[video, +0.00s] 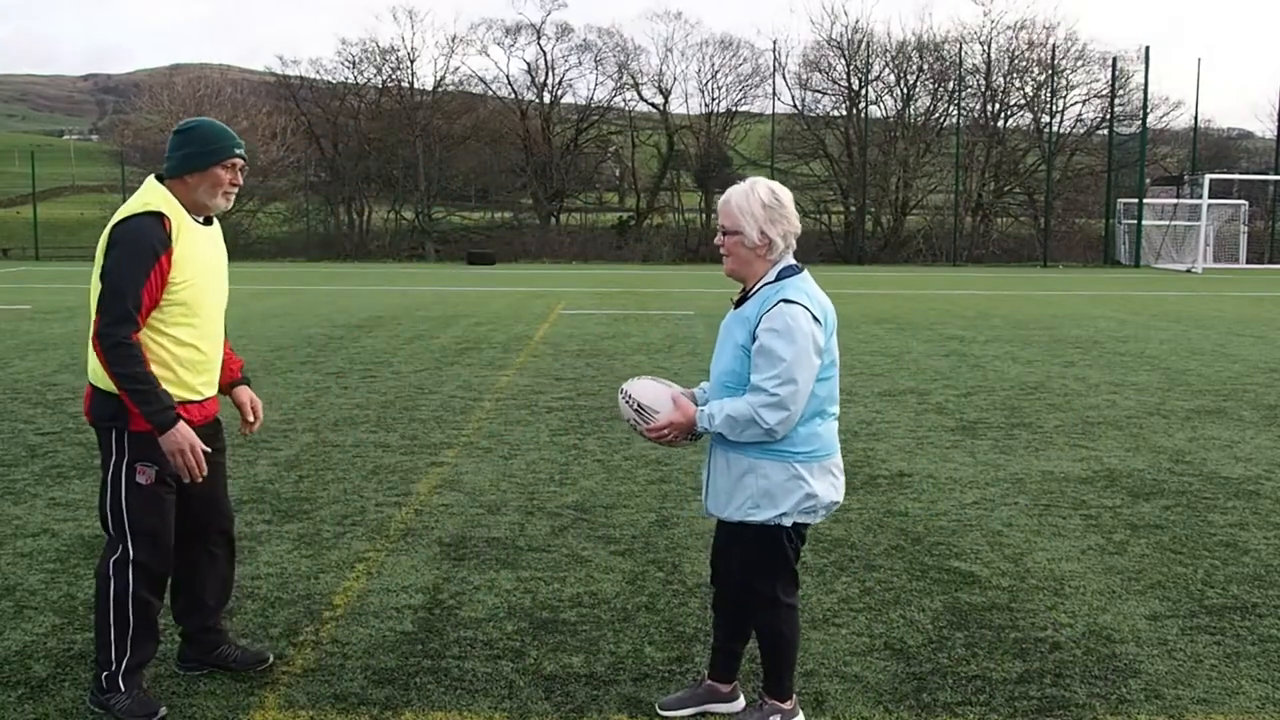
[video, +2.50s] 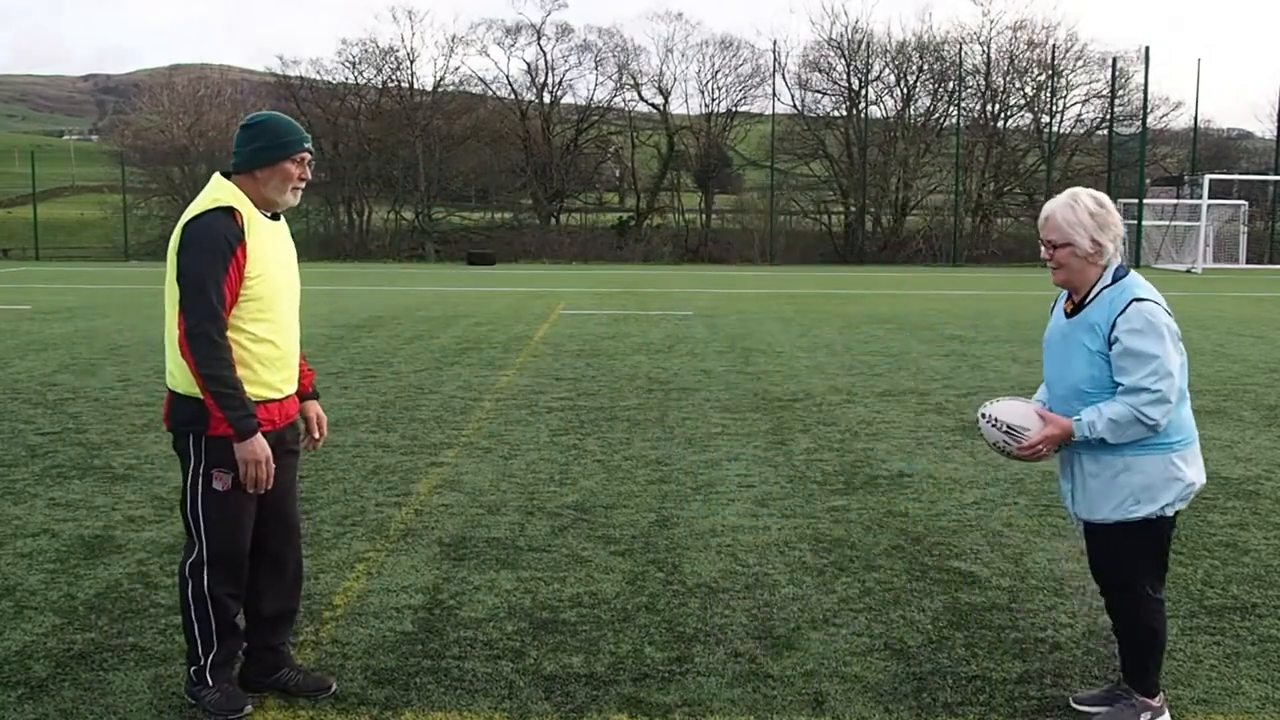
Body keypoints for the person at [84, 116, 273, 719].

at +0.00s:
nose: (237, 181)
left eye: (240, 171)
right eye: (228, 170)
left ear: (215, 174)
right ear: (188, 168)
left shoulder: (206, 227)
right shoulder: (144, 225)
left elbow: (199, 320)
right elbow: (113, 334)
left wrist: (235, 381)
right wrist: (165, 421)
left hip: (196, 410)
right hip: (137, 415)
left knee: (206, 532)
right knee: (138, 549)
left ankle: (204, 643)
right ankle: (118, 682)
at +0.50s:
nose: (263, 184)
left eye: (266, 174)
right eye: (254, 173)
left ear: (252, 176)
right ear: (217, 169)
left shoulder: (236, 226)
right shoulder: (172, 223)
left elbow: (241, 309)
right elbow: (144, 329)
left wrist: (272, 372)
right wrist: (195, 413)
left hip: (229, 409)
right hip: (172, 413)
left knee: (229, 532)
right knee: (171, 545)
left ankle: (206, 642)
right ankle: (126, 677)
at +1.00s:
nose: (293, 181)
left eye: (297, 171)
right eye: (284, 170)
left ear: (277, 175)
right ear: (246, 169)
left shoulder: (259, 225)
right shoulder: (202, 225)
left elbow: (261, 316)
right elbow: (174, 332)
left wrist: (290, 388)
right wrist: (223, 420)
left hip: (245, 413)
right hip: (198, 417)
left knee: (242, 542)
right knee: (217, 552)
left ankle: (216, 643)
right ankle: (218, 690)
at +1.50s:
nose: (311, 174)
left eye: (313, 164)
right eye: (302, 163)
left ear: (276, 166)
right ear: (264, 163)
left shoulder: (271, 221)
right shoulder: (223, 225)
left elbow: (276, 316)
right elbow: (211, 337)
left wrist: (303, 386)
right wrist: (253, 434)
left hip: (272, 412)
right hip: (225, 419)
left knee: (282, 548)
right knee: (240, 557)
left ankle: (269, 662)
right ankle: (222, 693)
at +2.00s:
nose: (320, 174)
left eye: (322, 164)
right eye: (311, 163)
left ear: (290, 166)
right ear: (273, 163)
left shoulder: (285, 221)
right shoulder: (230, 221)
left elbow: (290, 316)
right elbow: (215, 330)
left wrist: (318, 390)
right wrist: (256, 425)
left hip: (283, 412)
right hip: (230, 417)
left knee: (283, 546)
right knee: (236, 552)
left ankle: (267, 665)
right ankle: (211, 678)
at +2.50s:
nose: (305, 175)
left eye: (307, 165)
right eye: (296, 164)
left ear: (280, 167)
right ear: (256, 164)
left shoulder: (272, 222)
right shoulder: (213, 224)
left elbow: (276, 319)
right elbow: (202, 335)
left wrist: (304, 390)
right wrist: (243, 428)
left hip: (273, 416)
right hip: (216, 421)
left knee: (276, 548)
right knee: (217, 556)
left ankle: (267, 665)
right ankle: (210, 679)